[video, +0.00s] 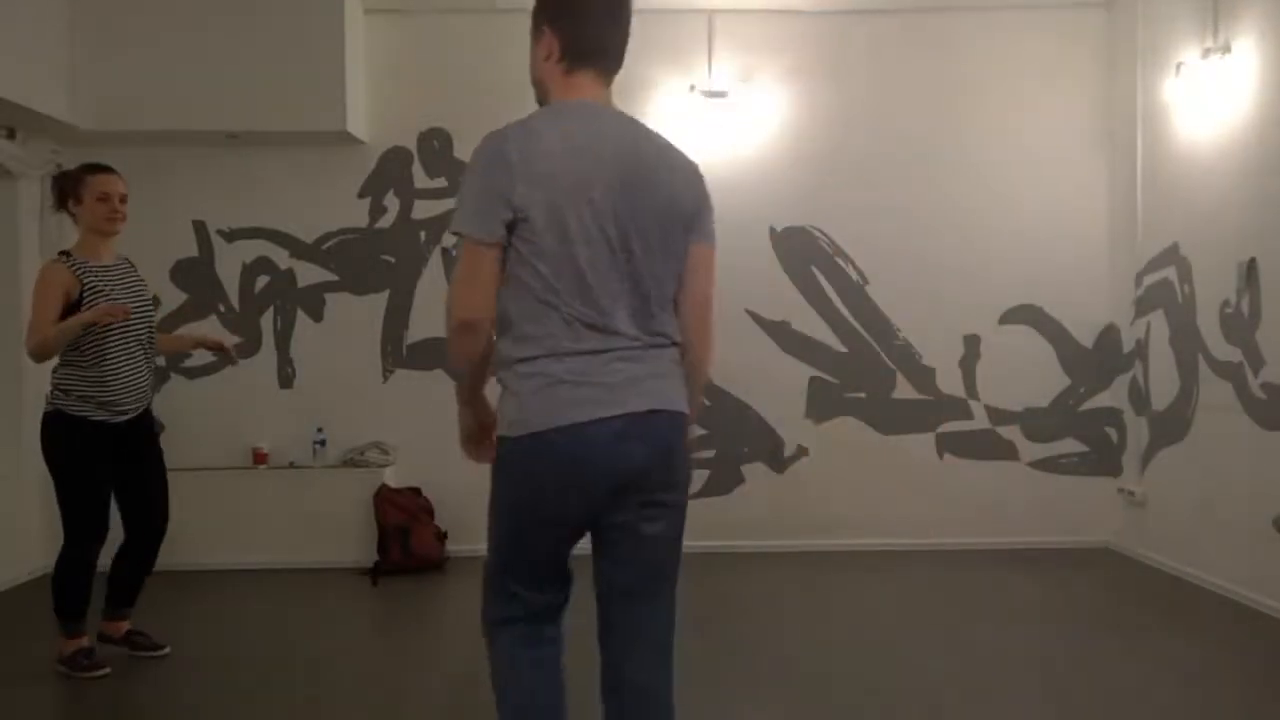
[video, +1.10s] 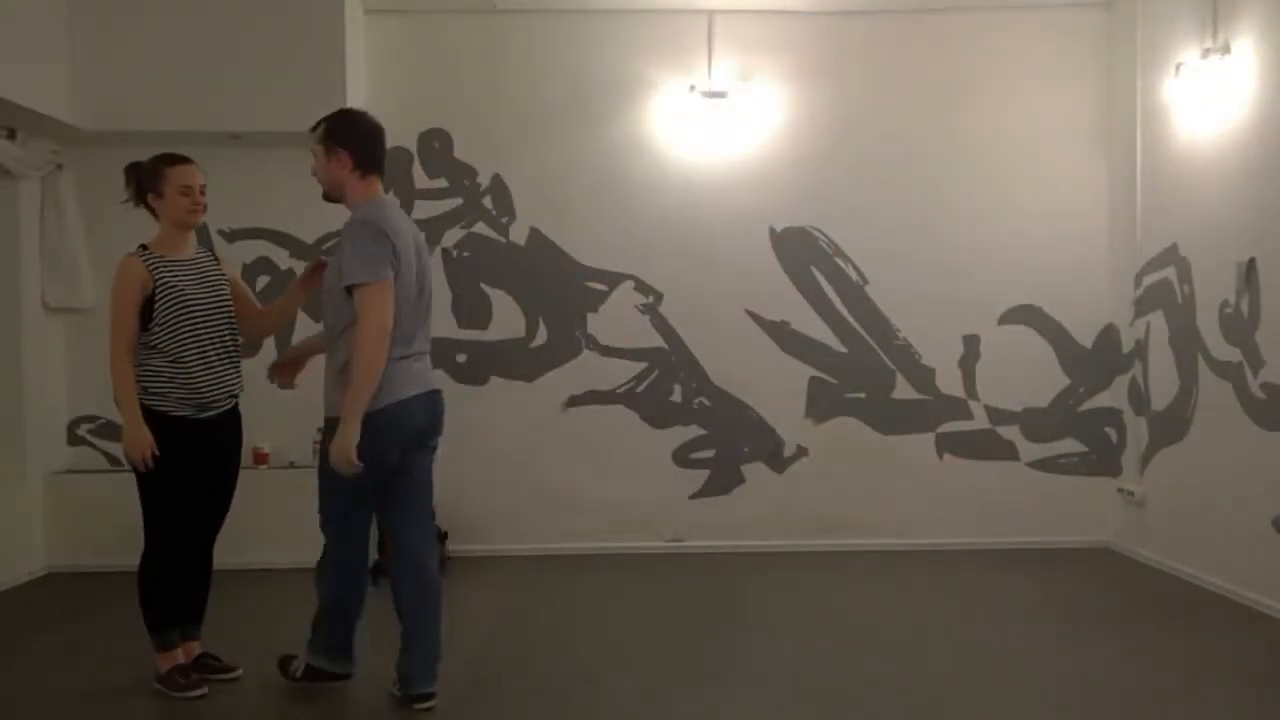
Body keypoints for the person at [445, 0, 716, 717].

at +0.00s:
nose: (531, 54)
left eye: (533, 38)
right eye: (534, 38)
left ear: (550, 45)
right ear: (617, 53)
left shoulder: (507, 153)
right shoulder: (677, 169)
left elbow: (471, 319)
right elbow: (696, 338)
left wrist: (471, 402)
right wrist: (674, 422)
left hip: (545, 433)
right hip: (655, 431)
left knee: (523, 617)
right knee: (641, 632)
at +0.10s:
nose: (505, 82)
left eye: (507, 69)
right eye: (507, 70)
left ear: (521, 72)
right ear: (588, 75)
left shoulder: (486, 177)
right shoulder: (641, 184)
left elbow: (464, 328)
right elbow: (658, 321)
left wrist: (453, 450)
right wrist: (612, 382)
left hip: (517, 441)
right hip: (623, 433)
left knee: (494, 636)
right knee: (621, 640)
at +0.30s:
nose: (448, 113)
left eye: (449, 102)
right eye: (449, 103)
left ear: (461, 106)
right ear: (524, 109)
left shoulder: (431, 203)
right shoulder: (573, 208)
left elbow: (422, 330)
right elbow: (588, 330)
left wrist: (403, 453)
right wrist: (542, 369)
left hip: (458, 437)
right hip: (549, 435)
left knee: (456, 599)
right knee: (553, 599)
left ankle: (465, 713)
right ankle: (585, 713)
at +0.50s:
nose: (410, 122)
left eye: (411, 111)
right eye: (413, 110)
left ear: (423, 113)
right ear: (478, 115)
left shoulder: (394, 193)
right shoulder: (528, 206)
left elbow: (371, 311)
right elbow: (549, 323)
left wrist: (348, 416)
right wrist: (531, 398)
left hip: (427, 413)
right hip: (508, 408)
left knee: (440, 568)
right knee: (485, 548)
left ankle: (463, 708)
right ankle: (494, 697)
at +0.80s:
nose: (365, 155)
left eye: (367, 144)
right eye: (367, 144)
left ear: (385, 145)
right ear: (427, 148)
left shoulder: (379, 218)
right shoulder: (470, 229)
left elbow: (360, 327)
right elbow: (485, 336)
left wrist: (307, 389)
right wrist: (452, 384)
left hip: (394, 417)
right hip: (460, 412)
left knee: (375, 557)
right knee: (440, 551)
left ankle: (436, 682)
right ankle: (421, 678)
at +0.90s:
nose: (350, 155)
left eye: (352, 144)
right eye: (351, 144)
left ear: (370, 145)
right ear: (410, 146)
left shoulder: (377, 214)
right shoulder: (444, 218)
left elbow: (366, 321)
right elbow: (447, 313)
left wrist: (316, 394)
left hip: (388, 405)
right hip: (449, 401)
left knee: (350, 532)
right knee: (433, 543)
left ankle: (401, 677)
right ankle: (422, 682)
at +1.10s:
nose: (316, 169)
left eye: (319, 158)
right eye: (316, 158)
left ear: (343, 160)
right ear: (368, 161)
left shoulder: (364, 228)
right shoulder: (401, 224)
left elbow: (376, 326)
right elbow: (369, 319)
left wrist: (350, 421)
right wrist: (303, 353)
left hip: (368, 412)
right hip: (416, 403)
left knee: (344, 541)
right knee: (414, 543)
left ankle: (330, 657)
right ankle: (420, 678)